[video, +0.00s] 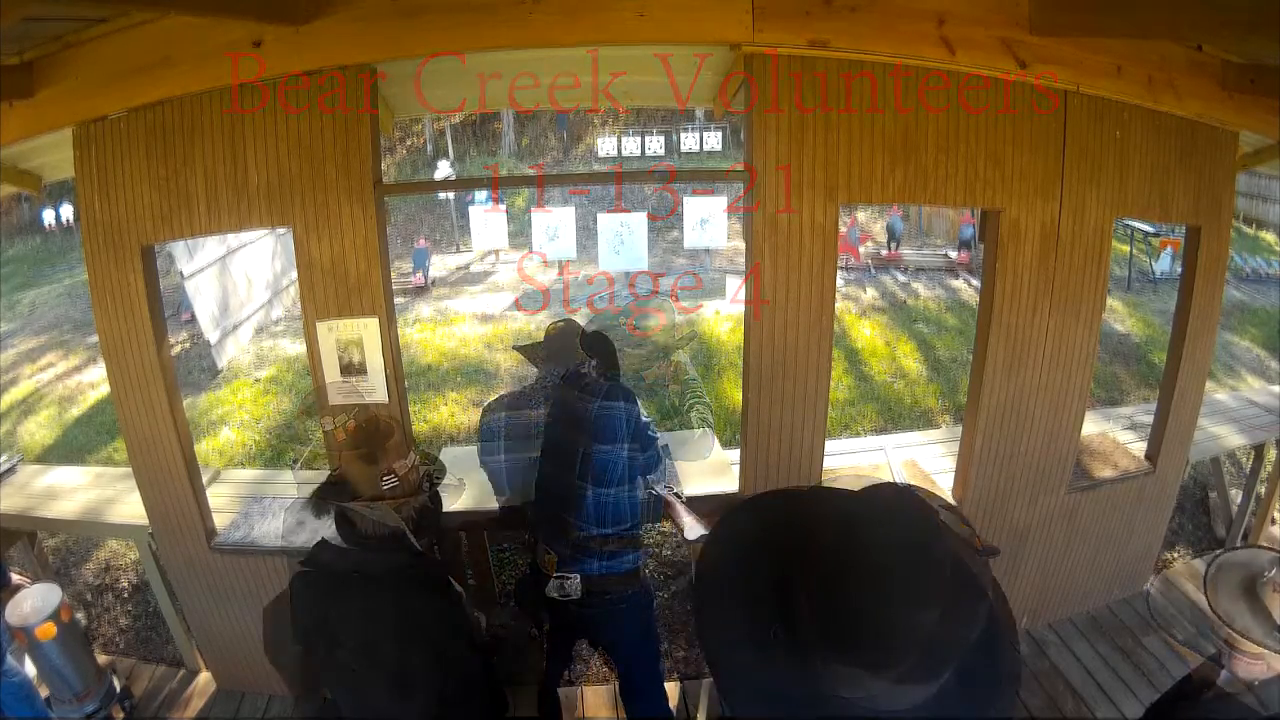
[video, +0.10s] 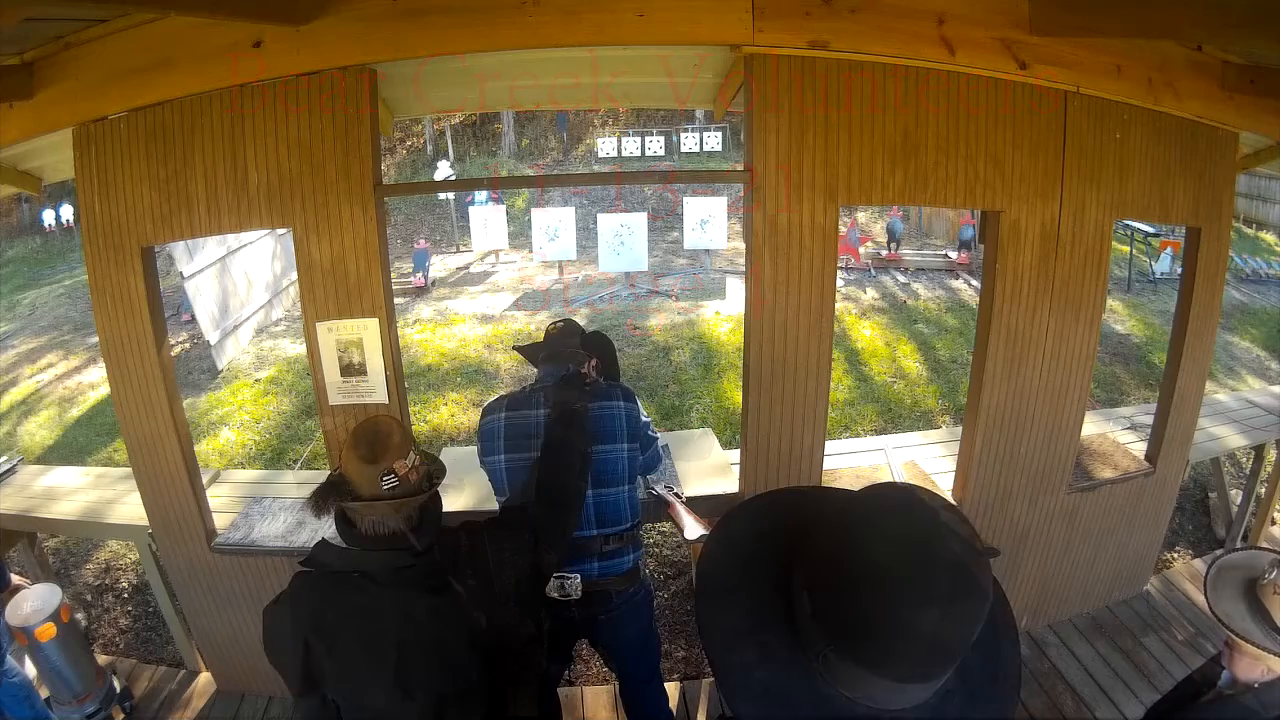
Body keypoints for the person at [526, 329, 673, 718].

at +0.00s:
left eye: (537, 362)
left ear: (540, 359)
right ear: (586, 355)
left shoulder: (502, 412)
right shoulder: (619, 401)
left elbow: (509, 497)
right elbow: (655, 469)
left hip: (542, 588)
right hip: (617, 587)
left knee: (541, 691)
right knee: (647, 699)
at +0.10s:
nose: (595, 369)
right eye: (593, 362)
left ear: (538, 362)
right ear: (587, 362)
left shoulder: (495, 415)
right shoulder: (621, 403)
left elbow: (503, 487)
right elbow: (654, 466)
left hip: (534, 592)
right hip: (616, 589)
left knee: (536, 694)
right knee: (645, 692)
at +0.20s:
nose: (599, 371)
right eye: (597, 363)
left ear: (539, 363)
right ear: (589, 363)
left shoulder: (494, 415)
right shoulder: (621, 402)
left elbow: (501, 486)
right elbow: (655, 465)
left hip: (534, 594)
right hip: (617, 591)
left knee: (535, 693)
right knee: (645, 691)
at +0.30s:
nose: (598, 371)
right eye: (596, 364)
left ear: (539, 363)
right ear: (588, 364)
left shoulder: (494, 415)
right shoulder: (621, 403)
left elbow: (502, 488)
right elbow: (654, 463)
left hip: (535, 593)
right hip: (617, 590)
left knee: (535, 692)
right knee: (644, 689)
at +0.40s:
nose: (598, 372)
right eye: (597, 364)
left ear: (539, 363)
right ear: (588, 364)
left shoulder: (494, 415)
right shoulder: (621, 402)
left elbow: (502, 488)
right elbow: (654, 463)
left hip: (535, 593)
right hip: (617, 590)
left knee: (534, 692)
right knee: (644, 688)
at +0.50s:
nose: (598, 372)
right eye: (597, 364)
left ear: (539, 363)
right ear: (589, 364)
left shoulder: (494, 415)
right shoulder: (621, 403)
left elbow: (503, 491)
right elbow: (655, 464)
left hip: (535, 592)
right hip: (617, 590)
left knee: (535, 692)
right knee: (644, 688)